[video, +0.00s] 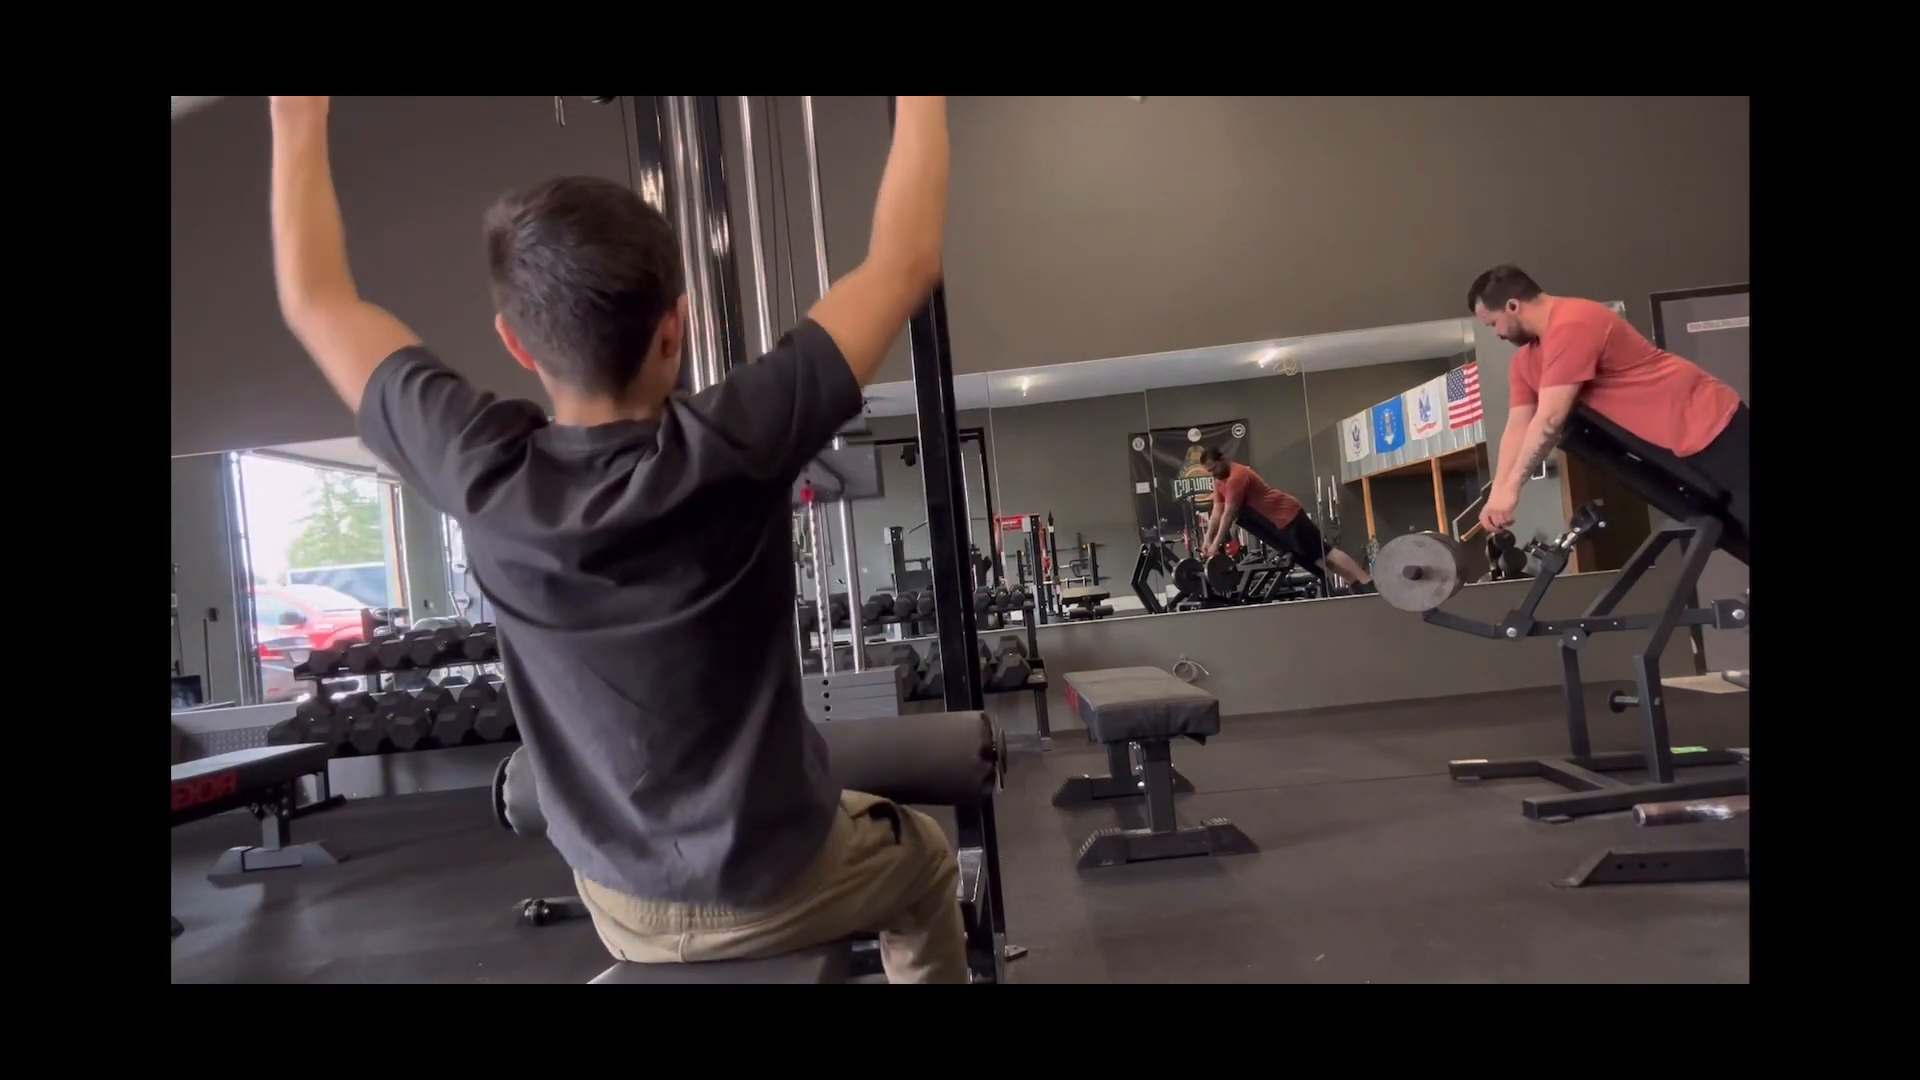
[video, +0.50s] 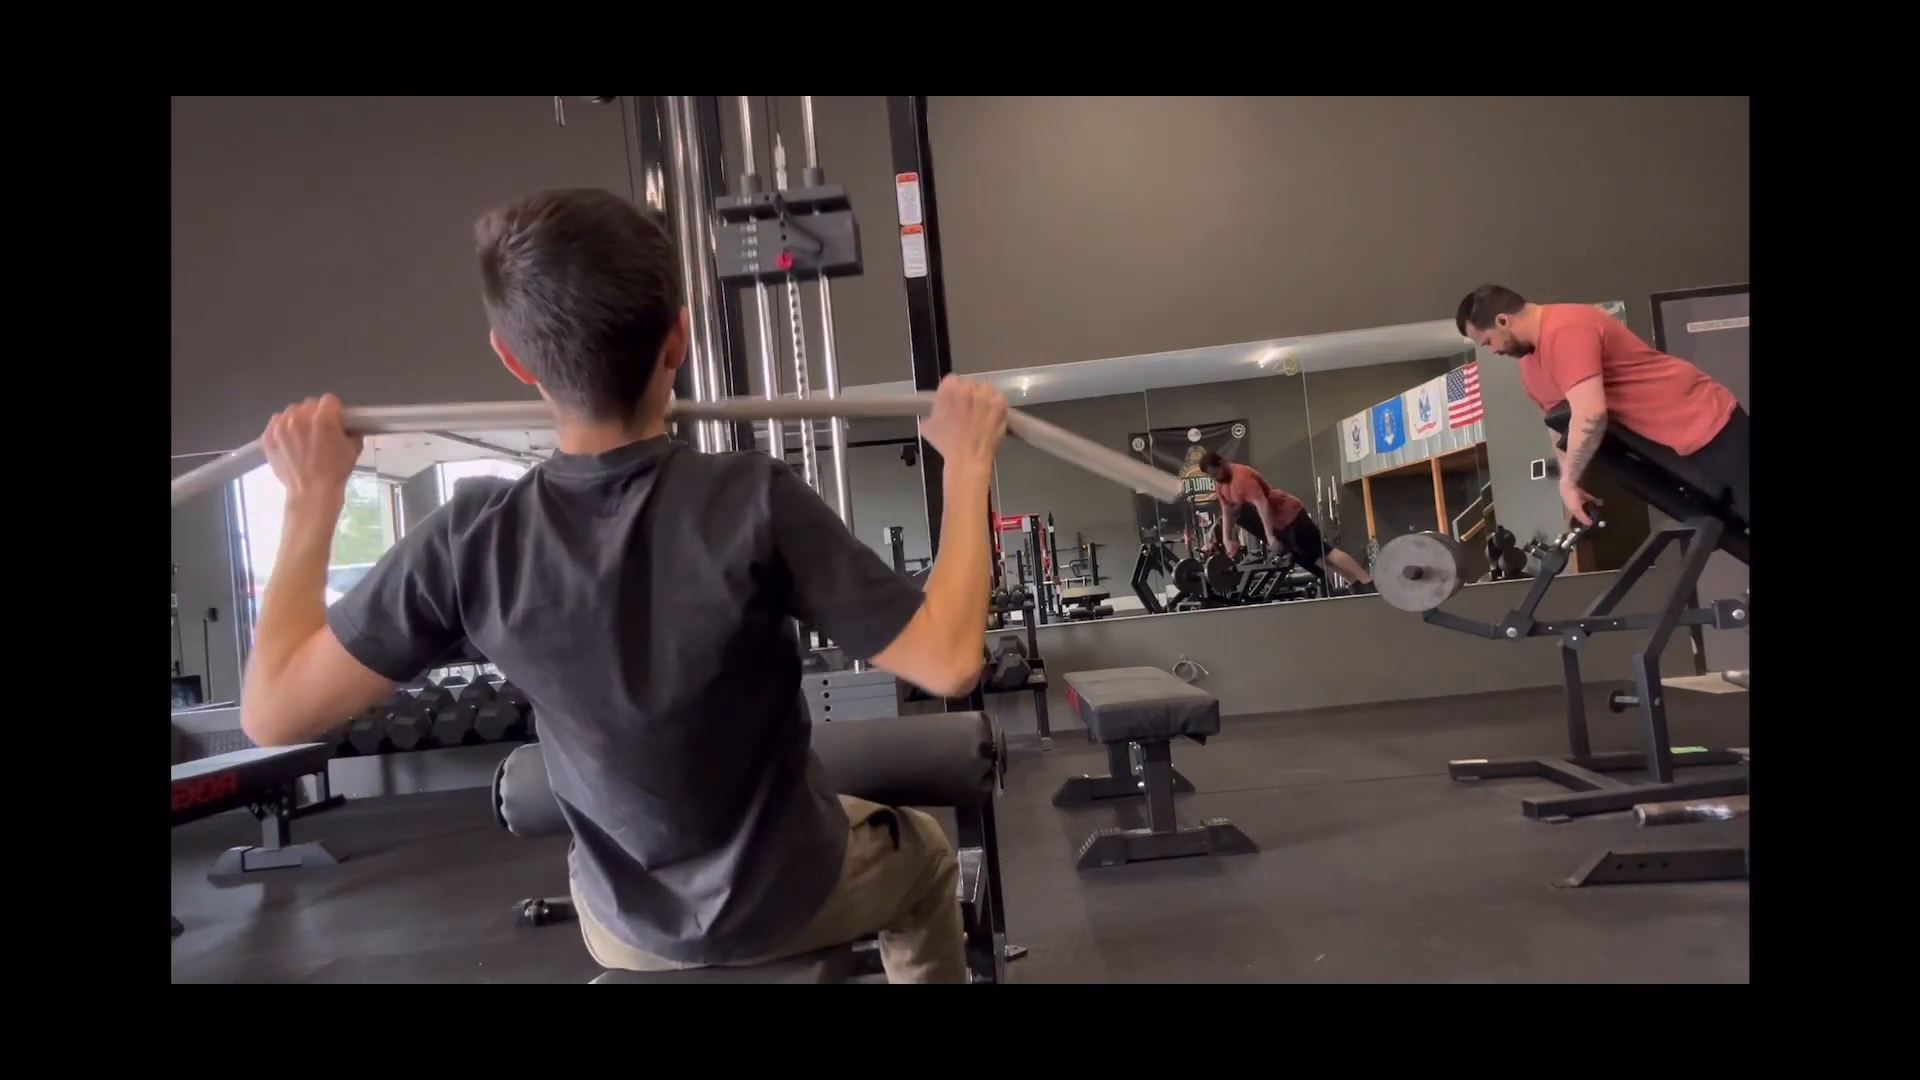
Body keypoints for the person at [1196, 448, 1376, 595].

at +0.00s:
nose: (1213, 473)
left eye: (1214, 467)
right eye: (1209, 470)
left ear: (1222, 459)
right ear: (1207, 470)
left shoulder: (1238, 475)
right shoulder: (1219, 483)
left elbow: (1230, 513)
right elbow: (1216, 512)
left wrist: (1216, 543)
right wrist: (1207, 539)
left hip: (1289, 514)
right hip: (1278, 524)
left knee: (1324, 550)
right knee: (1316, 558)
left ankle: (1367, 581)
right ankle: (1354, 583)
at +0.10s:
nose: (1213, 474)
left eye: (1213, 469)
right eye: (1209, 472)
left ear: (1222, 461)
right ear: (1207, 471)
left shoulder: (1238, 476)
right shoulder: (1219, 484)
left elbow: (1235, 513)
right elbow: (1218, 512)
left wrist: (1221, 543)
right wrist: (1209, 539)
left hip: (1290, 515)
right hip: (1278, 526)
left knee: (1324, 550)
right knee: (1316, 558)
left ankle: (1367, 581)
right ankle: (1354, 583)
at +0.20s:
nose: (1212, 475)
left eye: (1213, 470)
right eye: (1209, 473)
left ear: (1221, 462)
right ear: (1208, 472)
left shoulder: (1239, 475)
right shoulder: (1220, 485)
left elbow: (1241, 510)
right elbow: (1219, 512)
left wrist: (1233, 541)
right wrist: (1211, 539)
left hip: (1289, 514)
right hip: (1276, 526)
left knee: (1324, 551)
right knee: (1315, 558)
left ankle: (1367, 581)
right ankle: (1354, 583)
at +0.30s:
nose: (1213, 476)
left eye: (1213, 470)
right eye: (1209, 473)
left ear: (1221, 462)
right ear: (1207, 473)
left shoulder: (1240, 476)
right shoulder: (1219, 485)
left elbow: (1250, 507)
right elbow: (1222, 512)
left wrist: (1244, 535)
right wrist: (1217, 538)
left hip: (1288, 514)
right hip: (1273, 526)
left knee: (1324, 551)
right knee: (1313, 558)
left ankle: (1368, 581)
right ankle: (1354, 583)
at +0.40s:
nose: (1214, 475)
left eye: (1214, 470)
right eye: (1210, 473)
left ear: (1221, 463)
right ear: (1208, 473)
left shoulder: (1240, 475)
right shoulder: (1220, 485)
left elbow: (1257, 505)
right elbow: (1225, 510)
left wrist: (1258, 537)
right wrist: (1223, 538)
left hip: (1289, 514)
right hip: (1274, 525)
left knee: (1323, 551)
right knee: (1313, 559)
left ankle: (1368, 581)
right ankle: (1354, 583)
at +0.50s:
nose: (1216, 475)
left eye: (1216, 470)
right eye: (1211, 474)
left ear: (1222, 463)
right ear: (1209, 474)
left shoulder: (1242, 477)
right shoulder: (1221, 486)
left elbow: (1262, 505)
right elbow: (1227, 512)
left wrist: (1270, 536)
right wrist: (1226, 539)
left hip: (1289, 514)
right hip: (1276, 524)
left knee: (1324, 551)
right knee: (1315, 559)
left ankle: (1368, 581)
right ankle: (1354, 583)